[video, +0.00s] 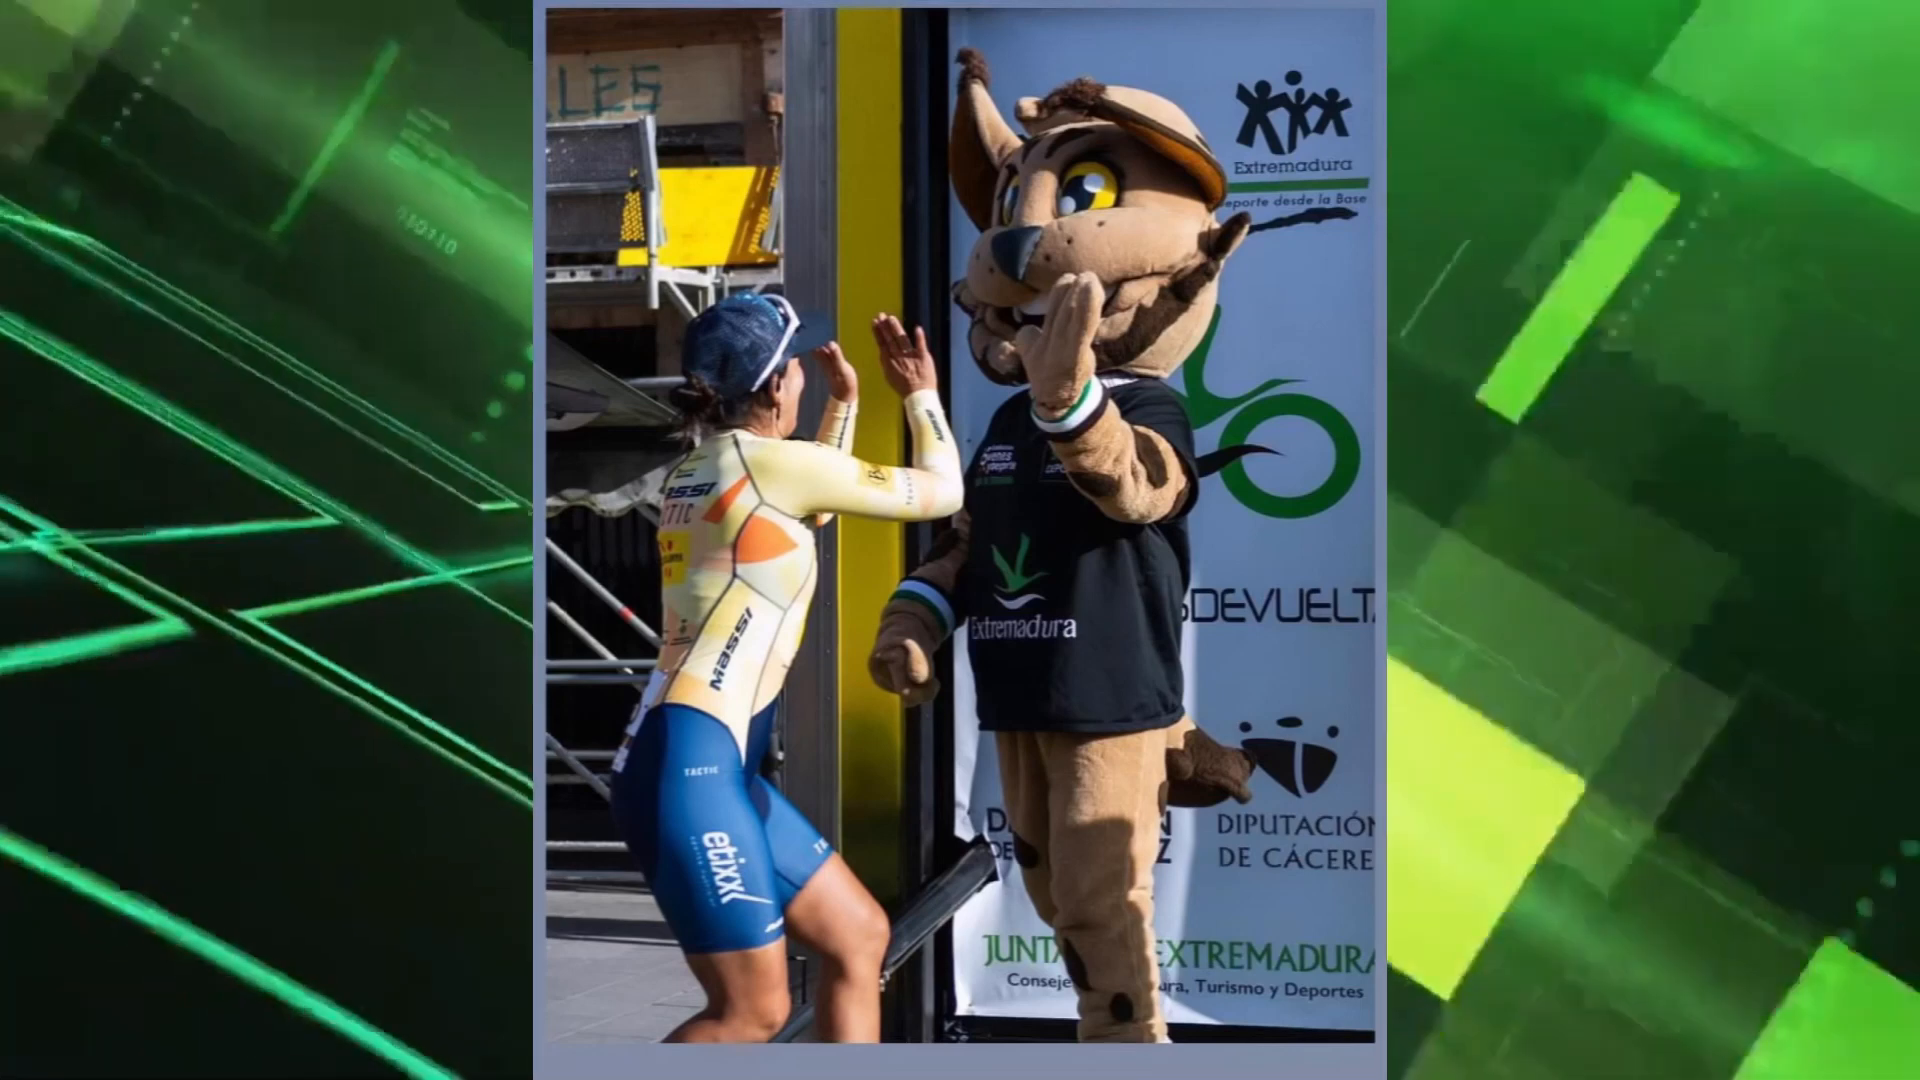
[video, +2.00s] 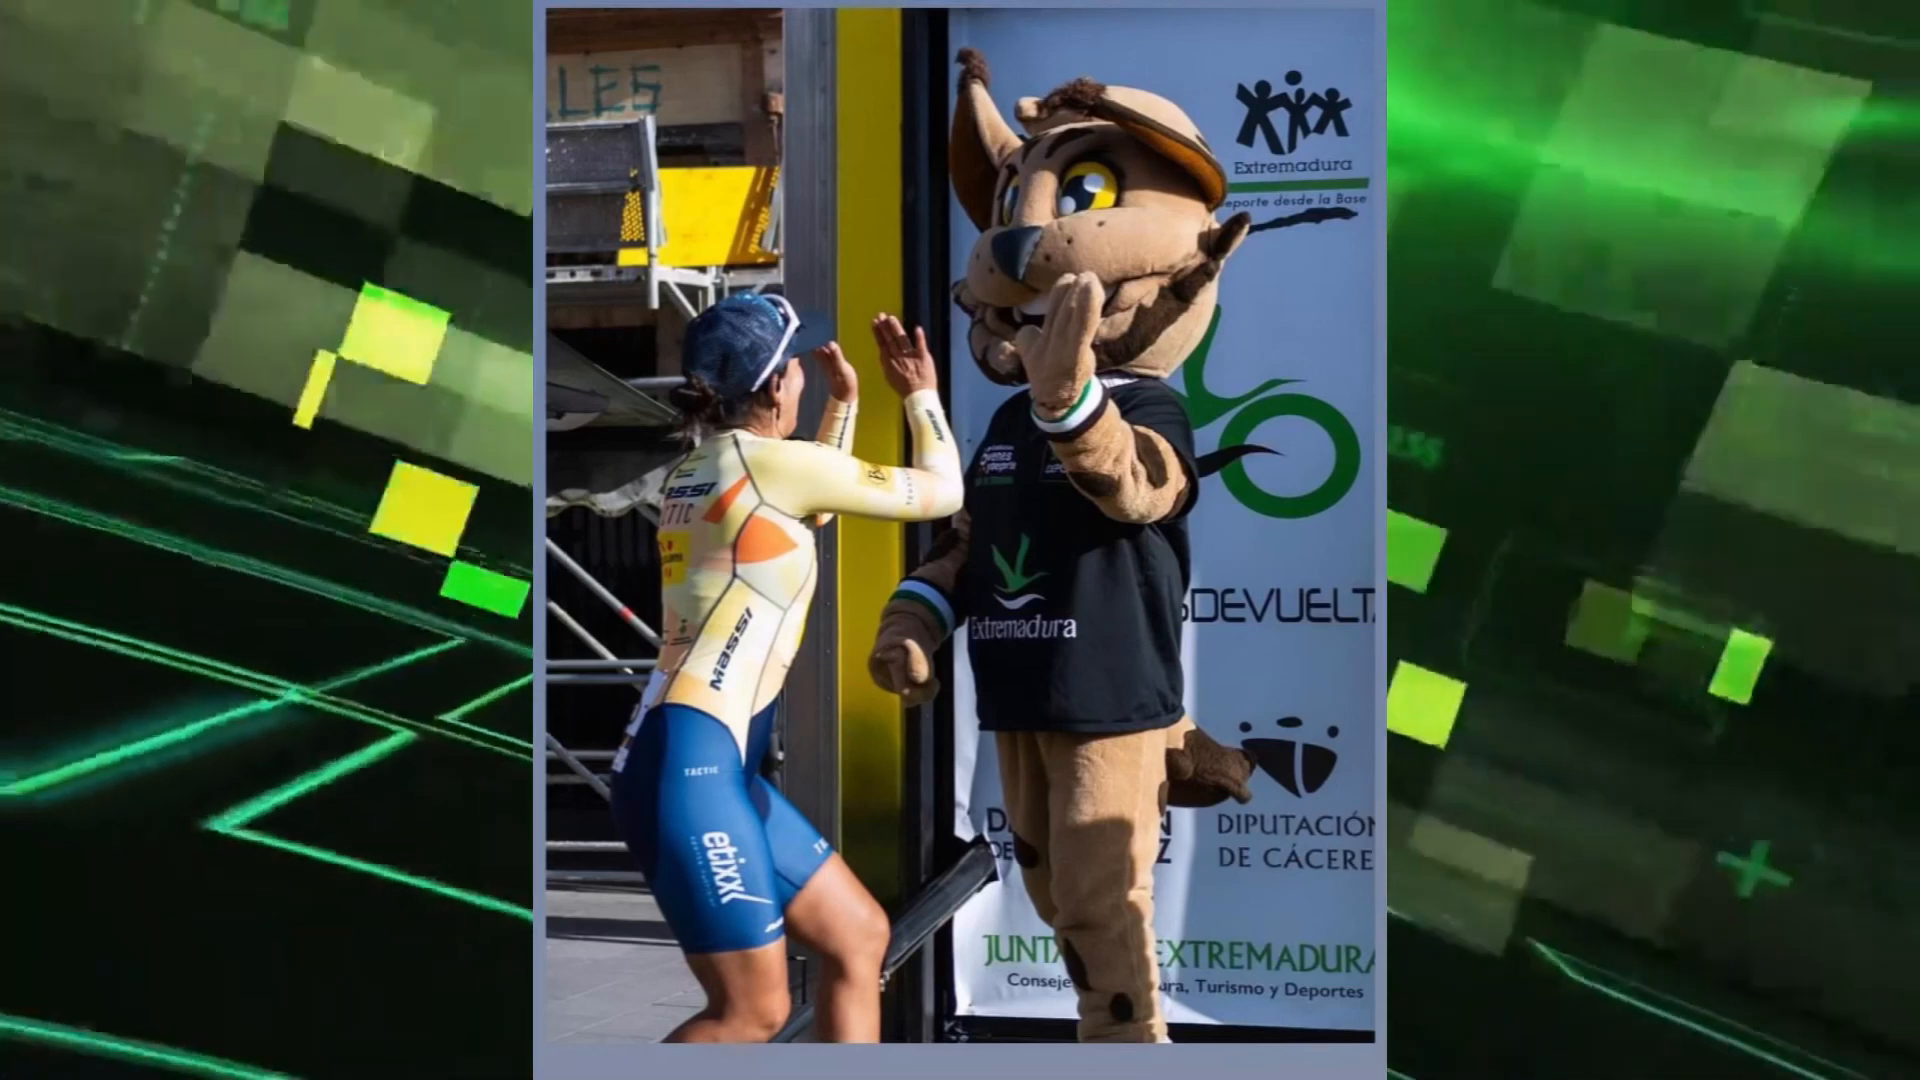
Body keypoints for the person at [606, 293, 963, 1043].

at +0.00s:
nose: (803, 377)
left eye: (799, 362)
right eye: (796, 364)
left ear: (714, 387)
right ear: (777, 380)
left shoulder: (694, 471)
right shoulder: (781, 465)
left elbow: (798, 494)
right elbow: (938, 492)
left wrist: (841, 411)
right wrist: (924, 395)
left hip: (714, 769)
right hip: (686, 774)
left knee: (860, 934)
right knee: (754, 1010)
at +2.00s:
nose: (803, 377)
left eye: (799, 363)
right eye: (796, 364)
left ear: (716, 387)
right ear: (776, 381)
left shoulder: (693, 471)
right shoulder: (778, 465)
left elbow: (801, 495)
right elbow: (939, 492)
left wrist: (840, 411)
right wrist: (924, 396)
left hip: (714, 769)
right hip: (686, 774)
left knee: (860, 933)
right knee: (754, 1009)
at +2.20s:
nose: (803, 377)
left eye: (800, 363)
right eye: (796, 364)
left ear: (715, 387)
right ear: (776, 380)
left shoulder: (692, 471)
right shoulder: (778, 465)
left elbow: (797, 494)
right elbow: (938, 492)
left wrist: (840, 412)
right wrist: (924, 396)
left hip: (714, 770)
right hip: (686, 775)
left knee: (860, 934)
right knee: (754, 1010)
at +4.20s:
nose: (803, 377)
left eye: (799, 363)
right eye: (796, 364)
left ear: (715, 387)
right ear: (776, 381)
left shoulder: (693, 471)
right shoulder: (778, 465)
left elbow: (802, 495)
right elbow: (939, 492)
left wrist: (841, 410)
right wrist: (924, 396)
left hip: (714, 769)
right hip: (686, 774)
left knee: (860, 933)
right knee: (754, 1009)